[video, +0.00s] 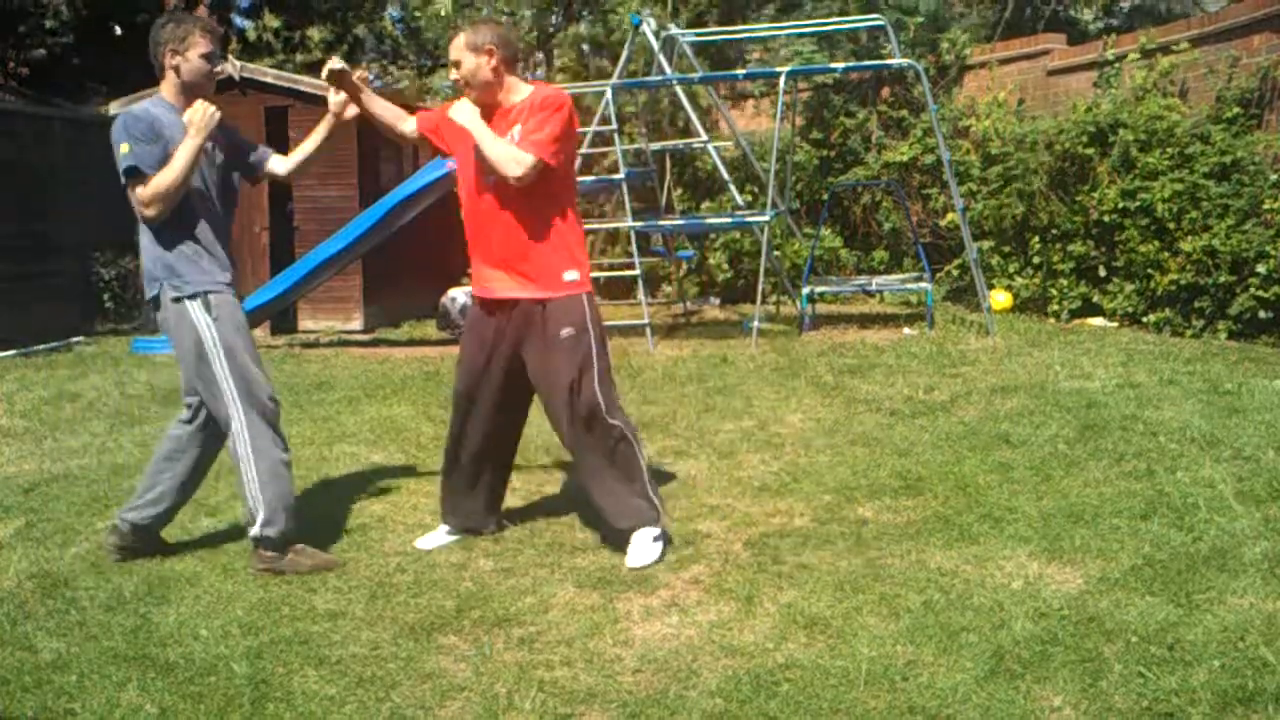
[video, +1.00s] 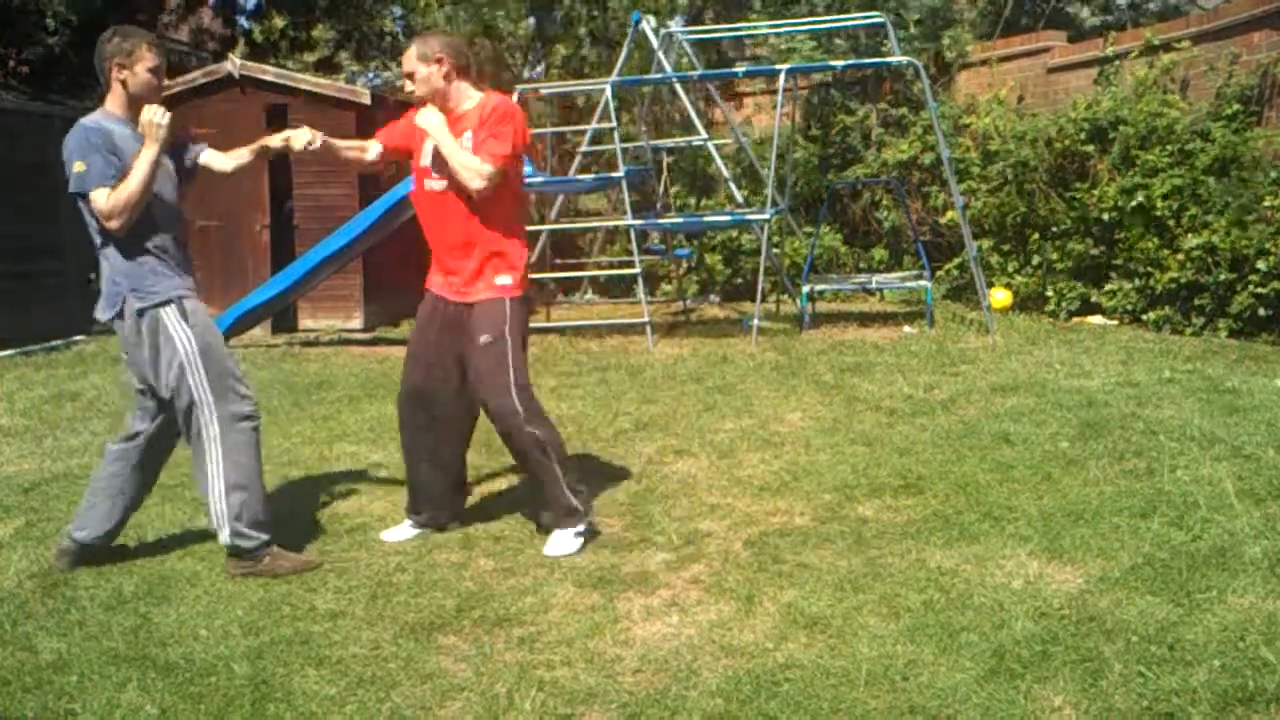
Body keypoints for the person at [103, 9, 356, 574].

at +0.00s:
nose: (219, 68)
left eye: (220, 58)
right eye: (209, 58)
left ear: (188, 62)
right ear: (173, 60)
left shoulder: (208, 123)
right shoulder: (136, 120)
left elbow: (278, 167)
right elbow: (149, 206)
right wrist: (195, 139)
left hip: (213, 284)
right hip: (187, 286)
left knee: (207, 410)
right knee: (251, 402)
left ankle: (136, 527)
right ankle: (273, 542)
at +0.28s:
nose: (220, 74)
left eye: (222, 64)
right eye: (210, 63)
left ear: (211, 66)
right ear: (173, 63)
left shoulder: (206, 129)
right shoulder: (140, 124)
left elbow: (267, 202)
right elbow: (172, 199)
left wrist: (278, 159)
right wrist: (207, 134)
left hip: (222, 282)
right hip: (195, 286)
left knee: (208, 409)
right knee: (270, 400)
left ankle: (133, 527)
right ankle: (278, 542)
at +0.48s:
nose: (216, 70)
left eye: (217, 61)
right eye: (205, 60)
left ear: (175, 65)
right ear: (168, 60)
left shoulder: (153, 114)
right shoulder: (157, 112)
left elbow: (203, 186)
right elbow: (206, 184)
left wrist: (229, 127)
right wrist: (230, 119)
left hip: (151, 288)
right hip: (180, 288)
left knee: (168, 411)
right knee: (237, 407)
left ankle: (116, 531)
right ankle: (273, 544)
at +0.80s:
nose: (166, 79)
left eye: (168, 71)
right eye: (158, 69)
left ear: (142, 73)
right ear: (124, 69)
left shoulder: (145, 133)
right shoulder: (96, 129)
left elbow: (194, 203)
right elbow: (122, 205)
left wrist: (218, 144)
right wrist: (163, 140)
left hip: (150, 292)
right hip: (141, 294)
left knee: (142, 423)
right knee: (228, 400)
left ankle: (83, 541)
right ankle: (252, 542)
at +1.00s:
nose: (160, 82)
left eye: (161, 73)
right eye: (152, 72)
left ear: (135, 75)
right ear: (118, 71)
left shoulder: (152, 132)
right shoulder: (87, 135)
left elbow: (220, 161)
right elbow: (113, 216)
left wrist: (273, 142)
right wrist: (153, 146)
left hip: (165, 292)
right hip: (150, 295)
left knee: (156, 418)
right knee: (226, 406)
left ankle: (85, 540)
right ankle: (249, 547)